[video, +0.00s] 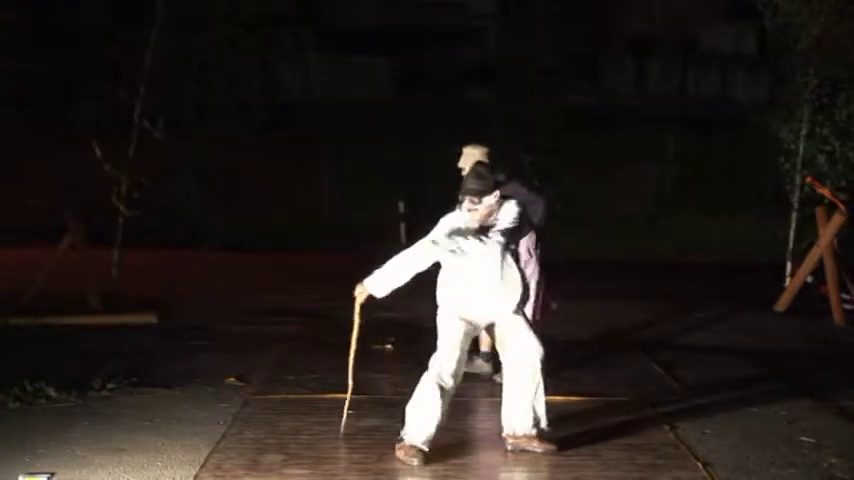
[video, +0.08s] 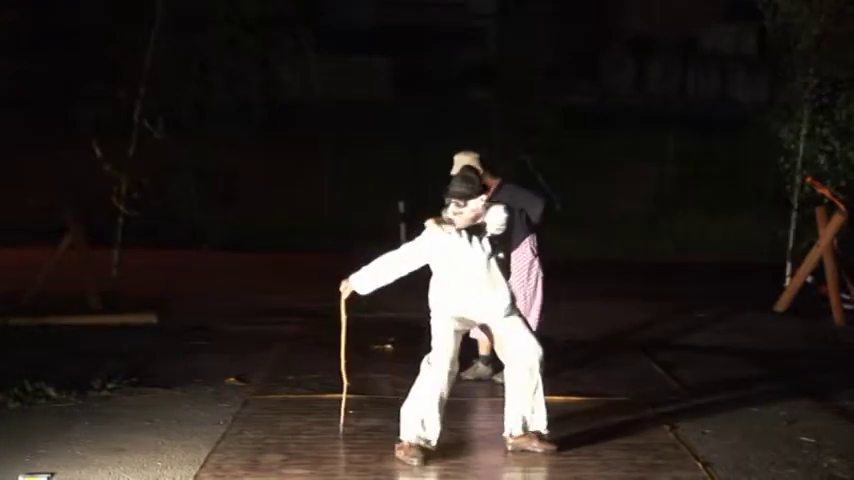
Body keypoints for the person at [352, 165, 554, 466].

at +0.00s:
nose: (476, 212)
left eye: (482, 205)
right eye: (471, 205)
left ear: (494, 201)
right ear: (467, 203)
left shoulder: (506, 218)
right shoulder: (450, 229)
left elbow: (532, 208)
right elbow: (413, 258)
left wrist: (515, 192)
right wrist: (372, 285)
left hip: (502, 310)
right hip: (458, 312)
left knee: (528, 353)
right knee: (446, 366)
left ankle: (520, 432)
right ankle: (413, 440)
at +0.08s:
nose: (462, 208)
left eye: (470, 202)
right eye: (460, 202)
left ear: (479, 205)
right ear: (452, 204)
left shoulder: (487, 229)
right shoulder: (437, 236)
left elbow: (502, 216)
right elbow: (398, 260)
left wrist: (484, 211)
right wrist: (357, 282)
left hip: (495, 310)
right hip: (450, 314)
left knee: (527, 353)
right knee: (442, 366)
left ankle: (519, 433)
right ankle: (411, 439)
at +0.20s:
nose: (470, 212)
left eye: (469, 206)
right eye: (465, 207)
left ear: (469, 207)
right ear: (445, 208)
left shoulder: (482, 221)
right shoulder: (425, 237)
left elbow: (487, 226)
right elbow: (384, 256)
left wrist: (447, 228)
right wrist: (347, 277)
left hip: (483, 308)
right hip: (441, 315)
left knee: (523, 353)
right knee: (431, 363)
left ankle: (522, 433)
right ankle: (408, 439)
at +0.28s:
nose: (452, 217)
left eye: (457, 210)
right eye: (453, 211)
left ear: (467, 207)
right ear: (440, 207)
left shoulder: (481, 220)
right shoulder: (421, 235)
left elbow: (478, 229)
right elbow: (384, 255)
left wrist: (442, 232)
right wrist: (348, 274)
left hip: (483, 307)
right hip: (438, 315)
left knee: (521, 354)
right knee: (428, 368)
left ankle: (522, 432)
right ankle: (406, 438)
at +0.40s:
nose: (448, 212)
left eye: (457, 206)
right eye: (443, 205)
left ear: (471, 204)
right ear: (436, 201)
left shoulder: (482, 218)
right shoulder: (422, 229)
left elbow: (473, 249)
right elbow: (389, 254)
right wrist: (355, 275)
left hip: (483, 303)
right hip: (437, 308)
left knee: (517, 356)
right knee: (425, 366)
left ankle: (521, 429)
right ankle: (404, 436)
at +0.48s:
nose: (462, 210)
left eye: (468, 204)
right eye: (456, 204)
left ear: (475, 201)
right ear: (442, 200)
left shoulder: (484, 218)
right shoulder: (424, 227)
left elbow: (472, 246)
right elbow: (391, 253)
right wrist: (356, 275)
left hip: (485, 301)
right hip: (439, 307)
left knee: (514, 358)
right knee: (425, 366)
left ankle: (521, 427)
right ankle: (404, 434)